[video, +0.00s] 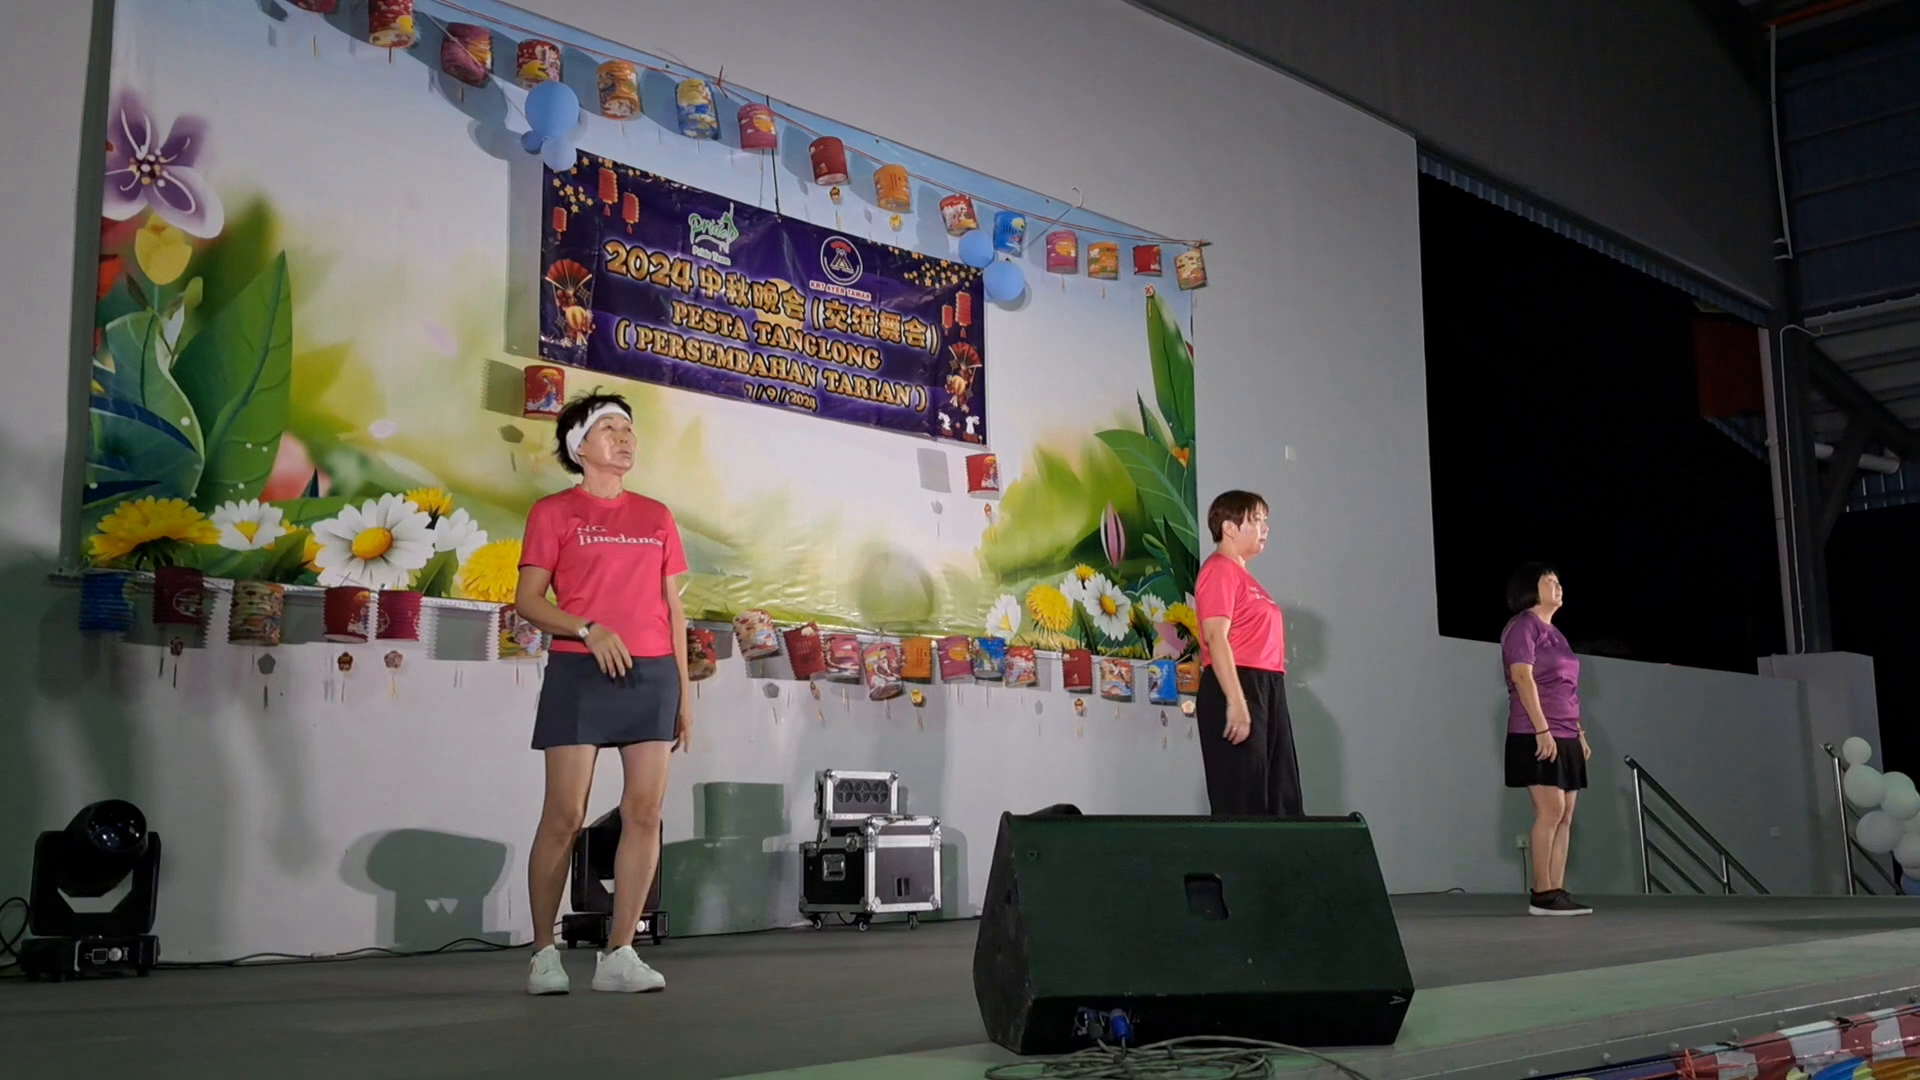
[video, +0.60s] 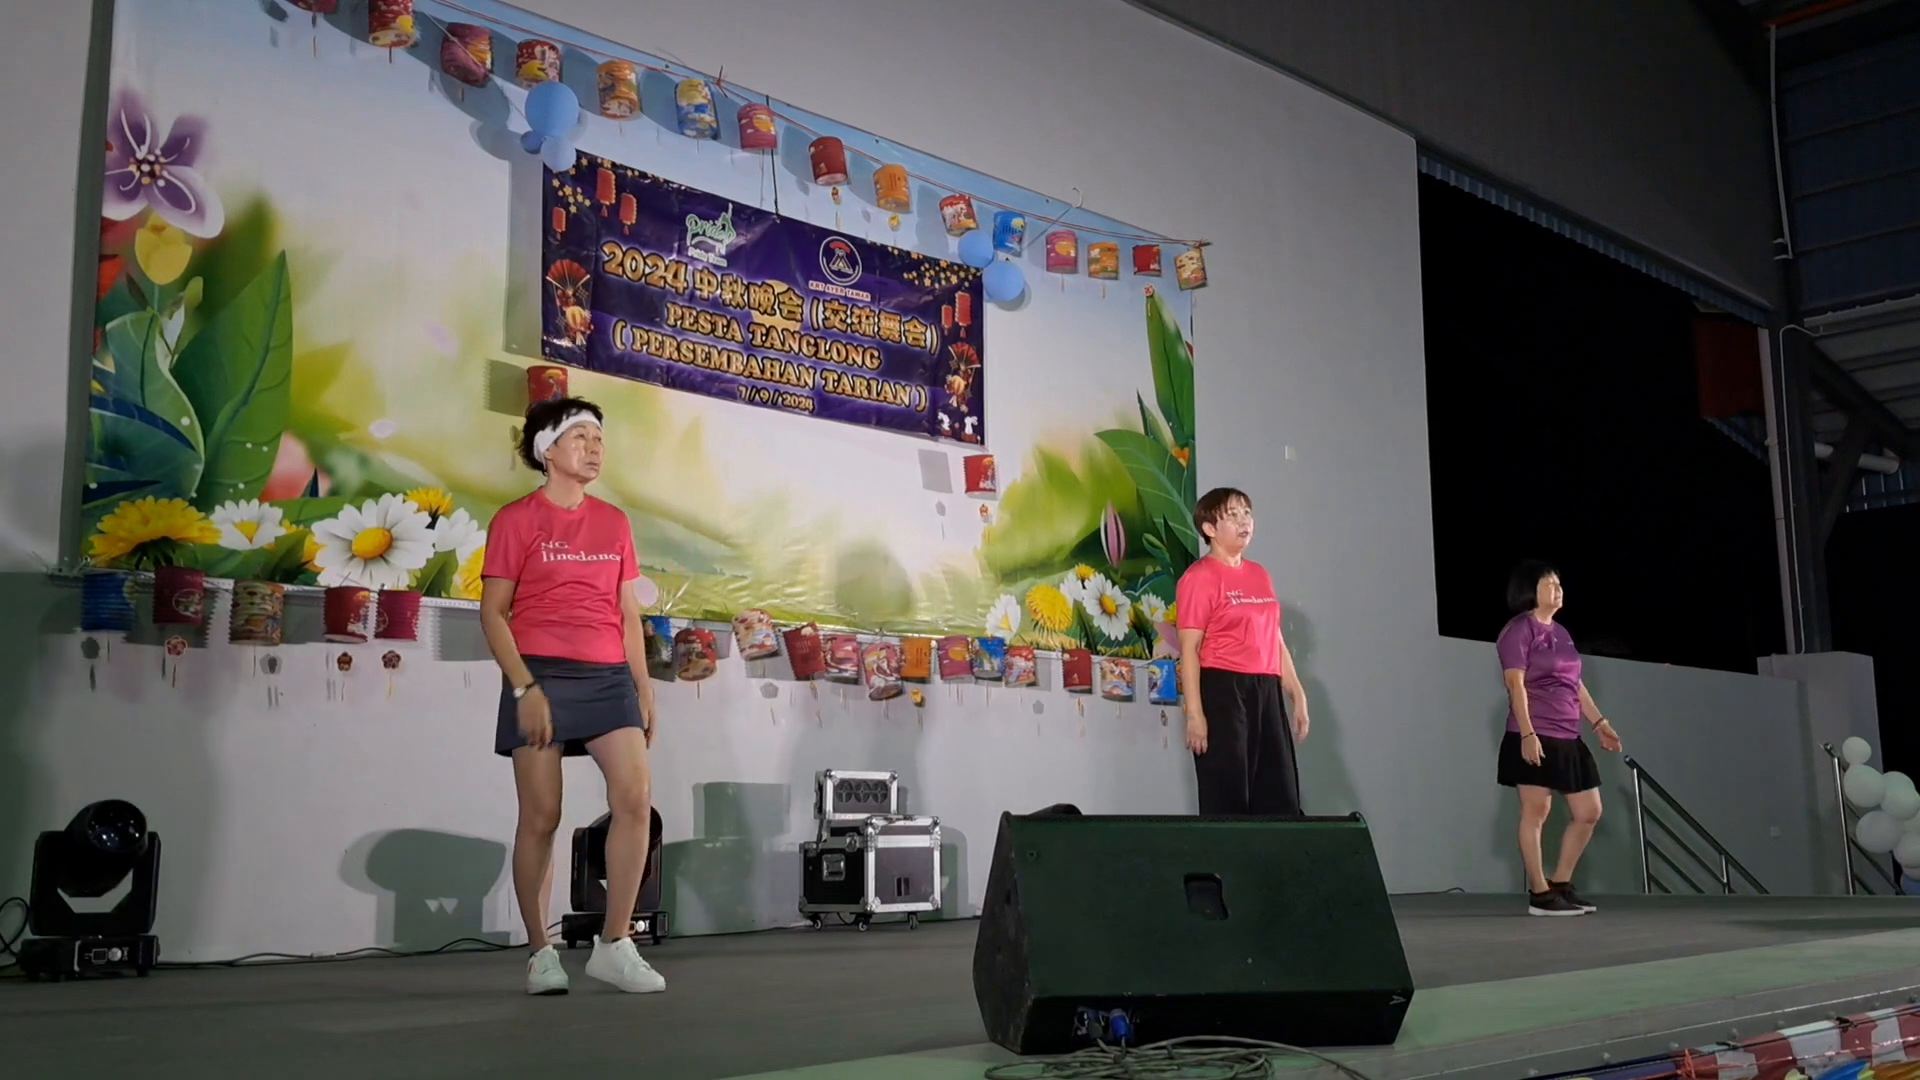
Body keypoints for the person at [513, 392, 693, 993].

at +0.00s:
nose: (624, 439)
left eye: (629, 431)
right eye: (610, 430)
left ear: (635, 447)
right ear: (579, 445)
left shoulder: (657, 516)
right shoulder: (553, 513)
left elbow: (675, 612)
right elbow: (528, 600)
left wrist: (684, 694)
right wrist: (588, 629)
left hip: (654, 674)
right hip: (578, 674)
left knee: (645, 812)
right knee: (565, 818)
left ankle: (620, 952)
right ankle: (545, 949)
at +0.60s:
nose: (593, 447)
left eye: (598, 440)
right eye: (580, 438)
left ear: (601, 452)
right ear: (547, 448)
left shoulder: (614, 522)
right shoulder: (515, 519)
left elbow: (629, 614)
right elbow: (492, 613)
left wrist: (643, 687)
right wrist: (525, 687)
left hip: (609, 680)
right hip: (538, 679)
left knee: (635, 799)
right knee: (541, 815)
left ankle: (614, 943)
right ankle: (542, 948)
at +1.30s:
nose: (583, 446)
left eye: (589, 438)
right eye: (570, 436)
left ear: (595, 449)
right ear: (538, 447)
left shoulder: (609, 521)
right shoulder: (515, 514)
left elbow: (651, 603)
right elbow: (502, 591)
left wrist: (710, 661)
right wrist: (516, 648)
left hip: (602, 676)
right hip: (534, 673)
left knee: (624, 807)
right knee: (537, 815)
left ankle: (609, 951)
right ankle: (542, 949)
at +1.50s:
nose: (580, 448)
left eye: (587, 438)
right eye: (566, 438)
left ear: (593, 450)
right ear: (536, 450)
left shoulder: (611, 523)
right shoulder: (513, 516)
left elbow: (664, 591)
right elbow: (503, 580)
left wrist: (731, 586)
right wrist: (540, 577)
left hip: (600, 676)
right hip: (530, 674)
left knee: (624, 807)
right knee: (536, 816)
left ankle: (610, 950)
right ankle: (542, 950)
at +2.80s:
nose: (581, 438)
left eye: (586, 430)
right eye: (568, 428)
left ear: (593, 444)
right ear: (537, 442)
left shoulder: (616, 517)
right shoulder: (515, 512)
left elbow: (648, 599)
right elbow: (500, 595)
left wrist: (686, 668)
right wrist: (512, 661)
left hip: (607, 677)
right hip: (538, 674)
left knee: (619, 810)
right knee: (539, 813)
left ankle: (610, 952)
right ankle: (541, 950)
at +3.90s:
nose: (592, 466)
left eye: (599, 455)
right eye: (580, 454)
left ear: (606, 461)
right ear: (546, 457)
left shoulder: (619, 526)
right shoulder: (507, 528)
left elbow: (645, 607)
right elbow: (484, 616)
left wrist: (667, 608)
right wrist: (438, 656)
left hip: (604, 684)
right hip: (530, 683)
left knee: (623, 809)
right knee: (531, 827)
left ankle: (594, 951)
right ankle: (512, 930)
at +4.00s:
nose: (584, 482)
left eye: (594, 472)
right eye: (572, 469)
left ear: (601, 478)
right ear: (544, 470)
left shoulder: (615, 539)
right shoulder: (504, 540)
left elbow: (634, 623)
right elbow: (477, 632)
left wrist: (627, 649)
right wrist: (427, 704)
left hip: (596, 697)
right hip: (519, 696)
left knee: (624, 811)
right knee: (510, 836)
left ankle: (593, 949)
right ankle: (503, 945)